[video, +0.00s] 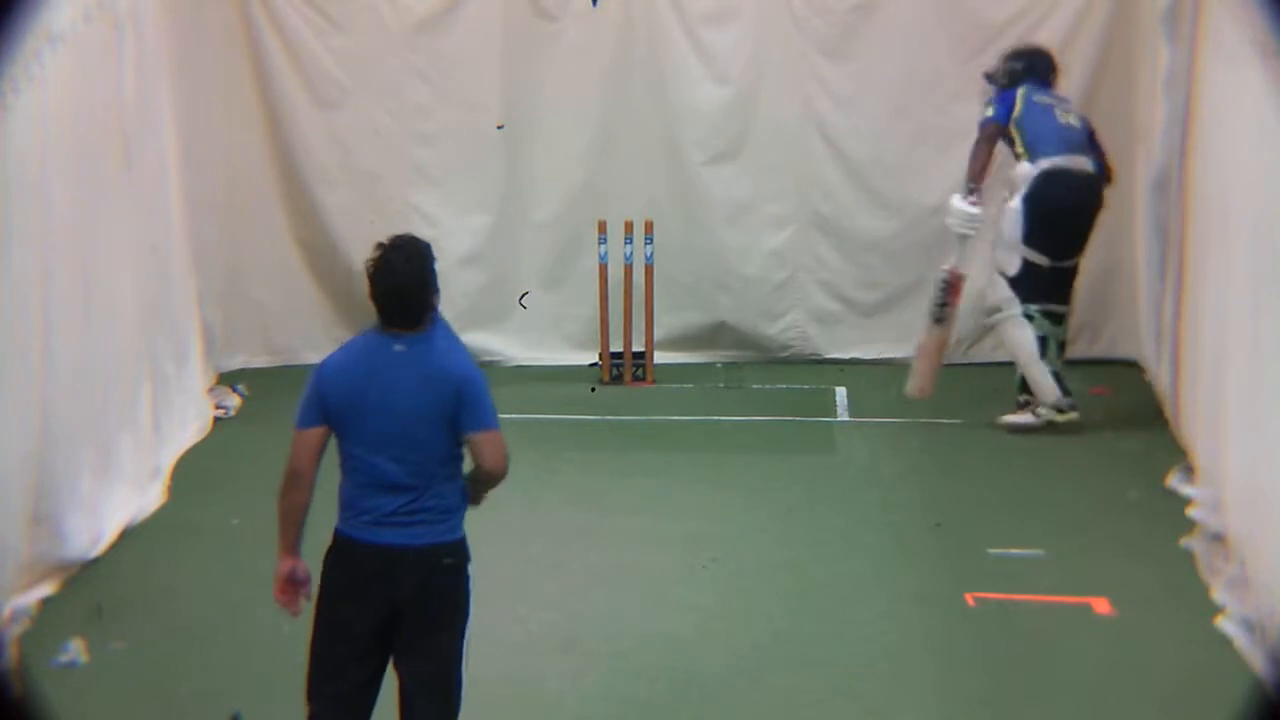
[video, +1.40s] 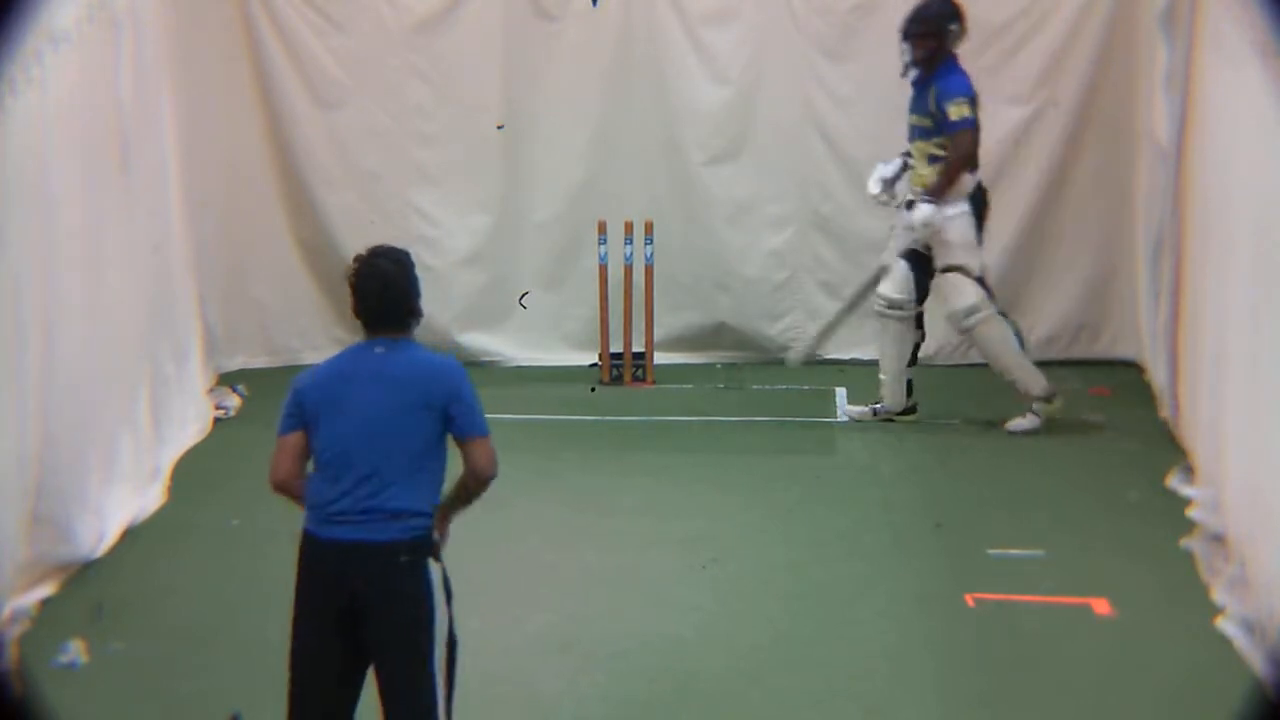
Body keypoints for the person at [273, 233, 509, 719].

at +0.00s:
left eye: (373, 280)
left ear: (372, 295)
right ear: (434, 294)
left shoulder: (337, 369)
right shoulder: (456, 368)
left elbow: (300, 470)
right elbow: (493, 464)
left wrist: (290, 552)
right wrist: (473, 488)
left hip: (357, 566)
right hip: (436, 567)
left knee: (335, 705)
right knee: (431, 707)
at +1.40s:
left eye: (356, 292)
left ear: (357, 306)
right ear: (415, 305)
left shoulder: (316, 380)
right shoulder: (444, 375)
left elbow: (284, 476)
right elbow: (482, 467)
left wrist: (341, 502)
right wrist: (444, 512)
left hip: (325, 570)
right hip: (405, 572)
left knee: (317, 707)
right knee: (417, 708)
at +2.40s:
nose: (453, 329)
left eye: (450, 317)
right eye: (446, 317)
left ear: (418, 323)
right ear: (423, 322)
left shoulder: (402, 389)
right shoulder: (377, 385)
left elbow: (414, 463)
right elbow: (343, 475)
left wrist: (483, 475)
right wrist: (408, 526)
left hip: (345, 573)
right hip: (318, 574)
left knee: (344, 708)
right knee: (323, 711)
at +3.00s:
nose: (482, 374)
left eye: (486, 362)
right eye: (473, 361)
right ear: (430, 353)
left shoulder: (489, 429)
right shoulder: (374, 430)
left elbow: (503, 516)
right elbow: (332, 523)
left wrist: (525, 505)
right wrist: (409, 574)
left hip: (464, 625)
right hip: (380, 625)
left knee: (471, 711)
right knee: (366, 711)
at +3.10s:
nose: (504, 383)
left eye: (510, 371)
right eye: (494, 368)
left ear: (516, 369)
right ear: (452, 359)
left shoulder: (514, 439)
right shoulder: (394, 434)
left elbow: (529, 534)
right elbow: (351, 526)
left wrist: (548, 524)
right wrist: (417, 599)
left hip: (483, 629)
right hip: (398, 631)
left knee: (491, 711)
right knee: (392, 712)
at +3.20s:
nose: (519, 377)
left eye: (528, 365)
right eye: (509, 362)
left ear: (534, 363)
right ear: (471, 350)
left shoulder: (534, 431)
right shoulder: (408, 424)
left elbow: (553, 532)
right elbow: (362, 517)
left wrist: (561, 519)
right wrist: (392, 605)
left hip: (505, 626)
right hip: (426, 628)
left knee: (510, 711)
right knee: (418, 712)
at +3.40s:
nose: (534, 378)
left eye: (544, 365)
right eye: (522, 363)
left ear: (552, 361)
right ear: (487, 353)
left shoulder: (570, 432)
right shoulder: (433, 428)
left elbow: (607, 526)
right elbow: (374, 508)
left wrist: (584, 511)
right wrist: (350, 602)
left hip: (534, 624)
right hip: (456, 623)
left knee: (537, 712)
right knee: (460, 712)